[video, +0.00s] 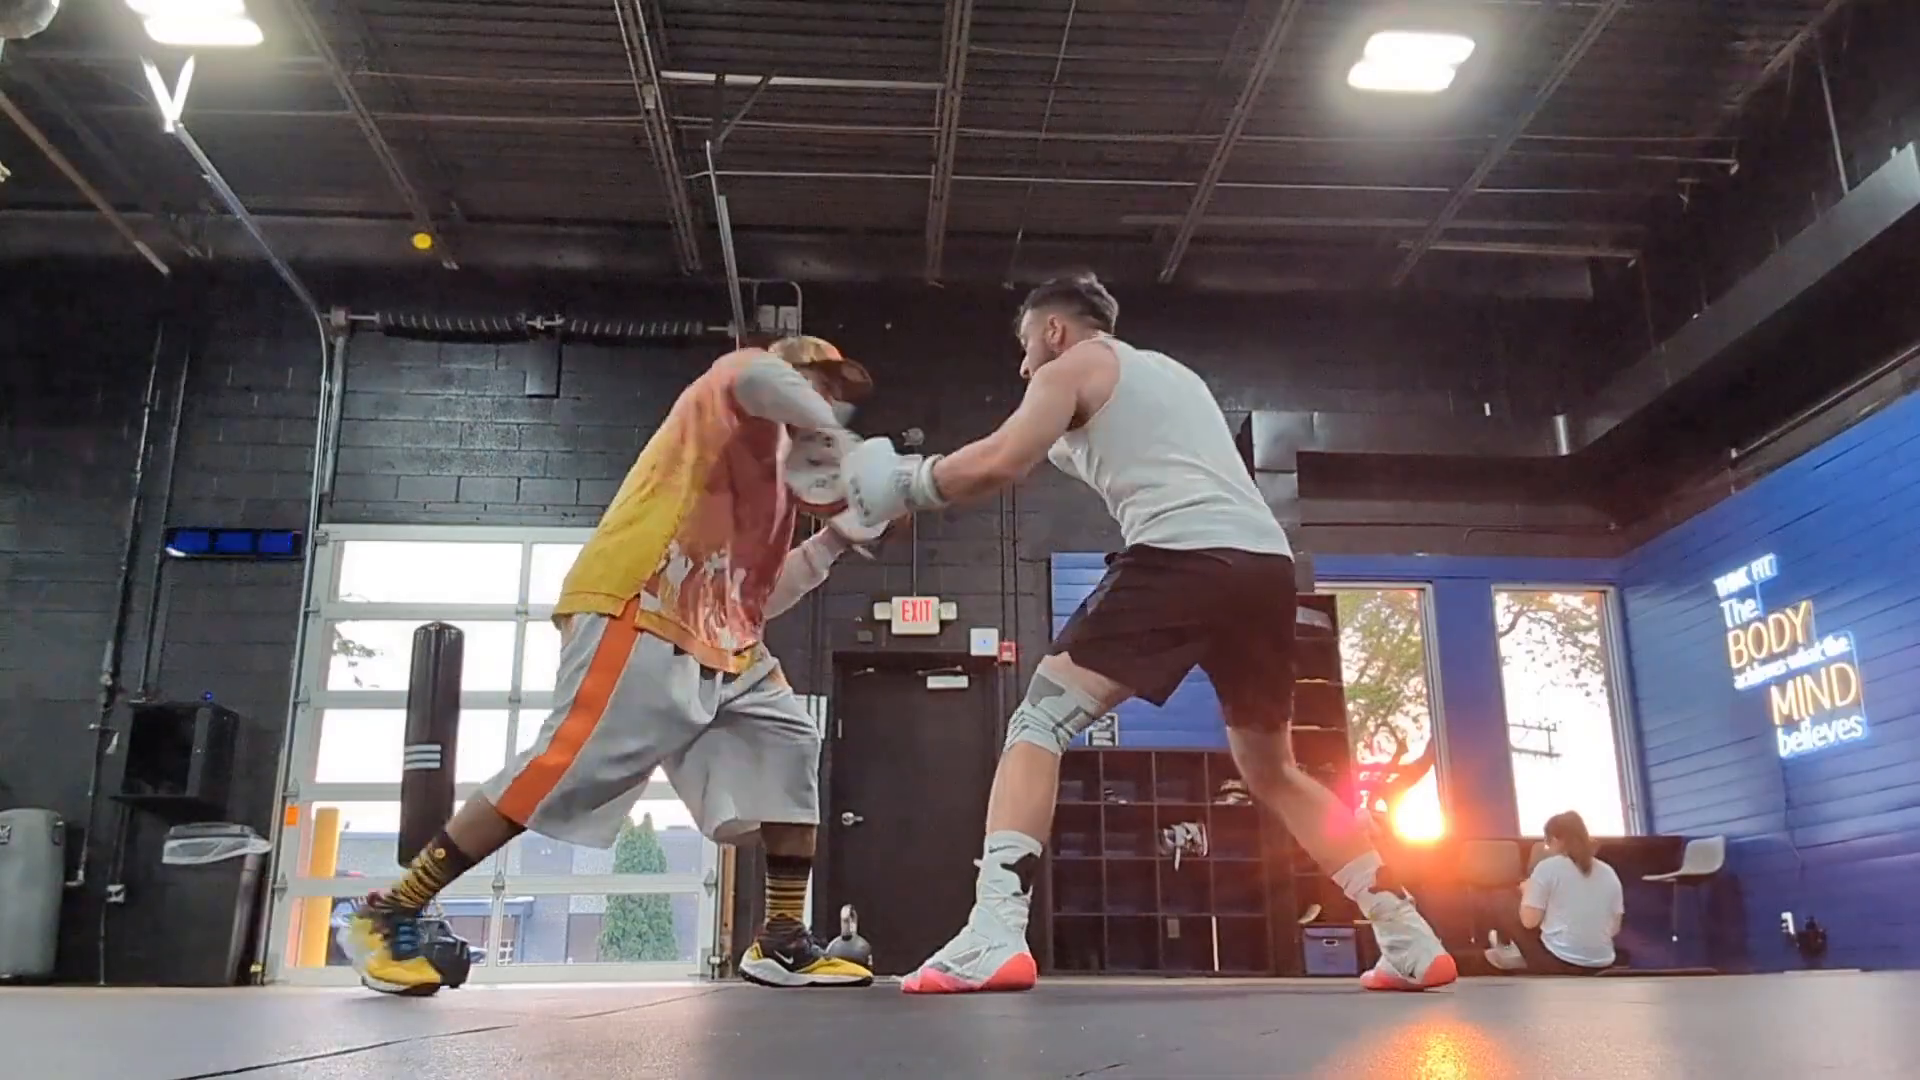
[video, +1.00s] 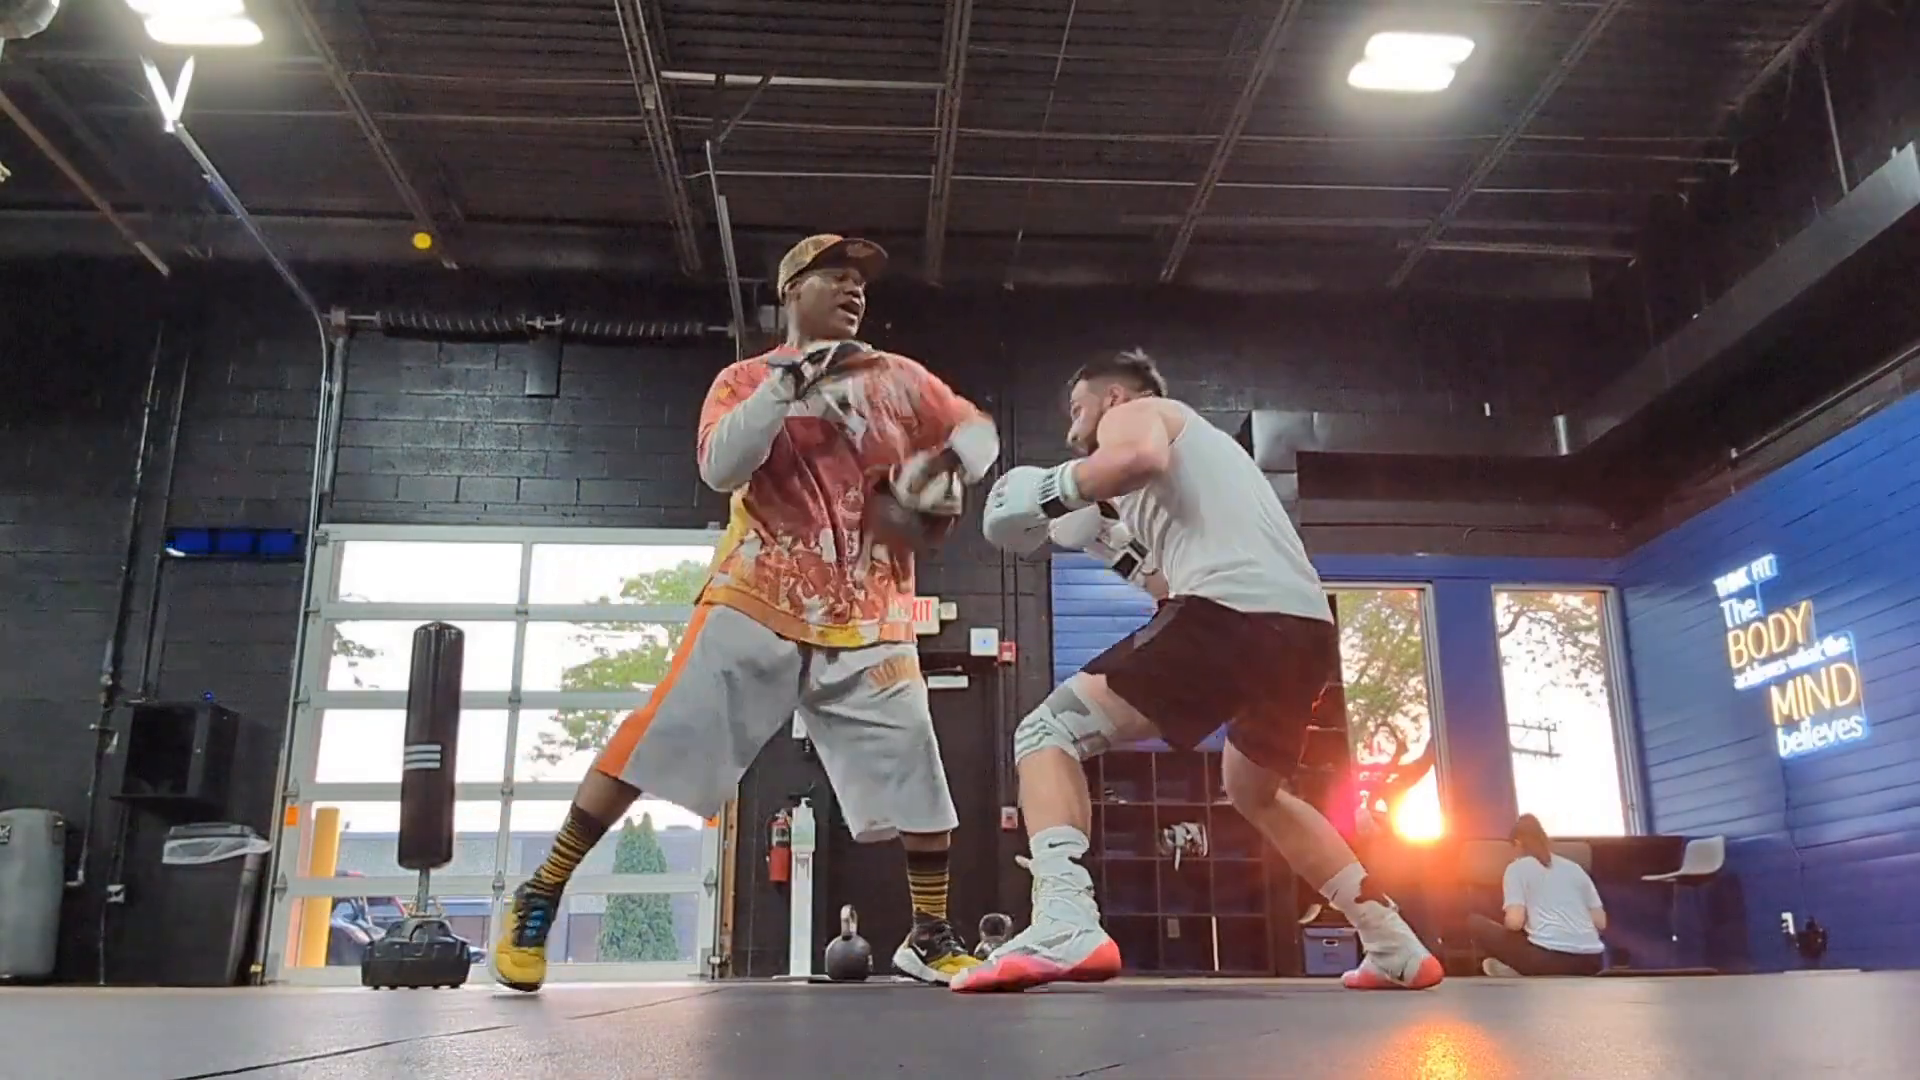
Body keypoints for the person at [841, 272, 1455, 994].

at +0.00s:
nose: (1027, 364)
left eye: (1027, 348)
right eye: (1024, 352)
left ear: (1057, 326)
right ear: (1101, 322)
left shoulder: (1077, 363)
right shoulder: (1178, 377)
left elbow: (1001, 463)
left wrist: (906, 482)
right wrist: (914, 487)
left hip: (1178, 557)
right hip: (1270, 568)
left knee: (1040, 724)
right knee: (1271, 771)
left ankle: (992, 929)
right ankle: (1404, 933)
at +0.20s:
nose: (1078, 328)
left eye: (1083, 313)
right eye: (1078, 317)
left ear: (1116, 301)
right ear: (1159, 303)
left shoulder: (1115, 330)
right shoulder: (1232, 362)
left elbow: (989, 374)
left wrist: (961, 404)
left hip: (1179, 538)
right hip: (1277, 548)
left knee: (1059, 719)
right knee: (1298, 754)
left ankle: (1059, 911)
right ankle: (1408, 938)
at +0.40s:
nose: (1055, 270)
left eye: (1060, 254)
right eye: (1053, 260)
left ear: (1104, 239)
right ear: (1126, 247)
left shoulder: (1119, 274)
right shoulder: (1163, 321)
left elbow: (1091, 333)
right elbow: (1129, 435)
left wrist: (997, 349)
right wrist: (1050, 384)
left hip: (1164, 528)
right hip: (1226, 540)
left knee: (1045, 707)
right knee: (1247, 750)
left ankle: (1072, 931)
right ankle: (1388, 922)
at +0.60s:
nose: (997, 268)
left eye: (1008, 247)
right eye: (994, 255)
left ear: (1061, 238)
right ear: (1047, 251)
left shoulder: (1126, 294)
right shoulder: (1057, 360)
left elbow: (1162, 390)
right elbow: (1016, 472)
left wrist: (1058, 375)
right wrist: (958, 404)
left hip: (1187, 536)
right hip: (1185, 546)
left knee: (1061, 689)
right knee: (1212, 761)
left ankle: (1071, 930)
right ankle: (1383, 914)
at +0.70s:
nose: (976, 333)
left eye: (986, 309)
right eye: (970, 321)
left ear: (1042, 297)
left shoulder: (1106, 338)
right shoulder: (1060, 418)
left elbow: (1134, 450)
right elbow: (1053, 530)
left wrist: (1026, 442)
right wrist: (993, 471)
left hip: (1209, 564)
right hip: (1233, 577)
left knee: (1050, 694)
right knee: (1208, 778)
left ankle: (1068, 930)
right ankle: (1381, 917)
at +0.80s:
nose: (991, 412)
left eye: (998, 389)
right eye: (987, 396)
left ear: (1049, 377)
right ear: (1048, 386)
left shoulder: (1095, 399)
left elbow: (1080, 505)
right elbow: (1090, 582)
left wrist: (996, 494)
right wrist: (1024, 525)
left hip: (1222, 606)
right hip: (1279, 624)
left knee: (1037, 707)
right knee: (1217, 791)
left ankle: (1067, 935)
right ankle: (1377, 932)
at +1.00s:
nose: (1072, 429)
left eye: (1078, 409)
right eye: (1069, 416)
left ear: (1117, 392)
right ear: (1131, 398)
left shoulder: (1143, 408)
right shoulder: (1213, 456)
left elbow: (1137, 457)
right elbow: (1182, 592)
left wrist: (1052, 487)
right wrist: (1119, 545)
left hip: (1228, 610)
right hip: (1310, 630)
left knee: (1047, 732)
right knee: (1254, 788)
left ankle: (1064, 921)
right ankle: (1393, 943)